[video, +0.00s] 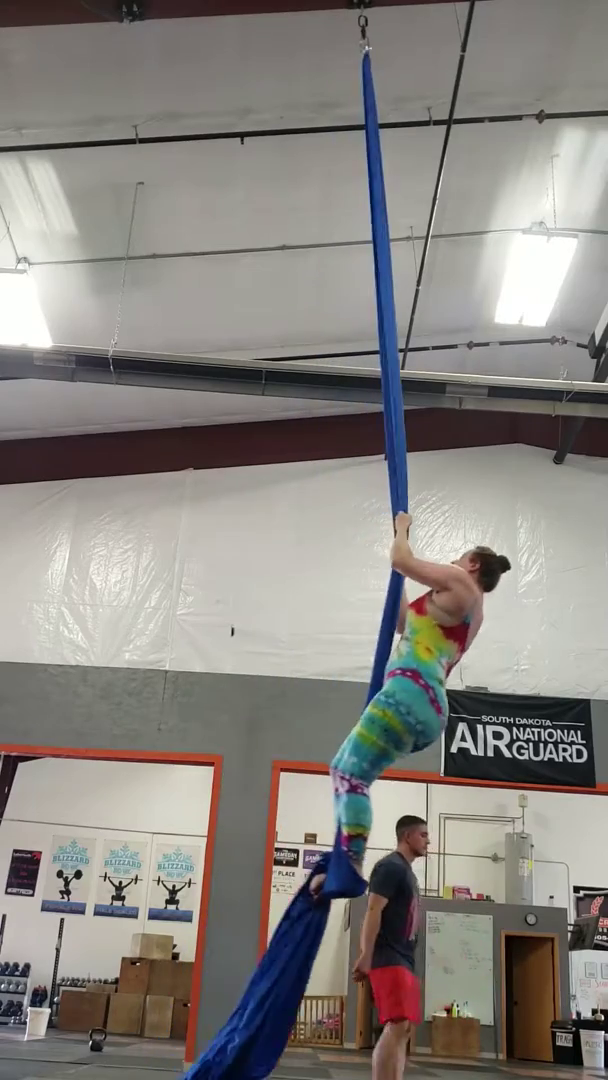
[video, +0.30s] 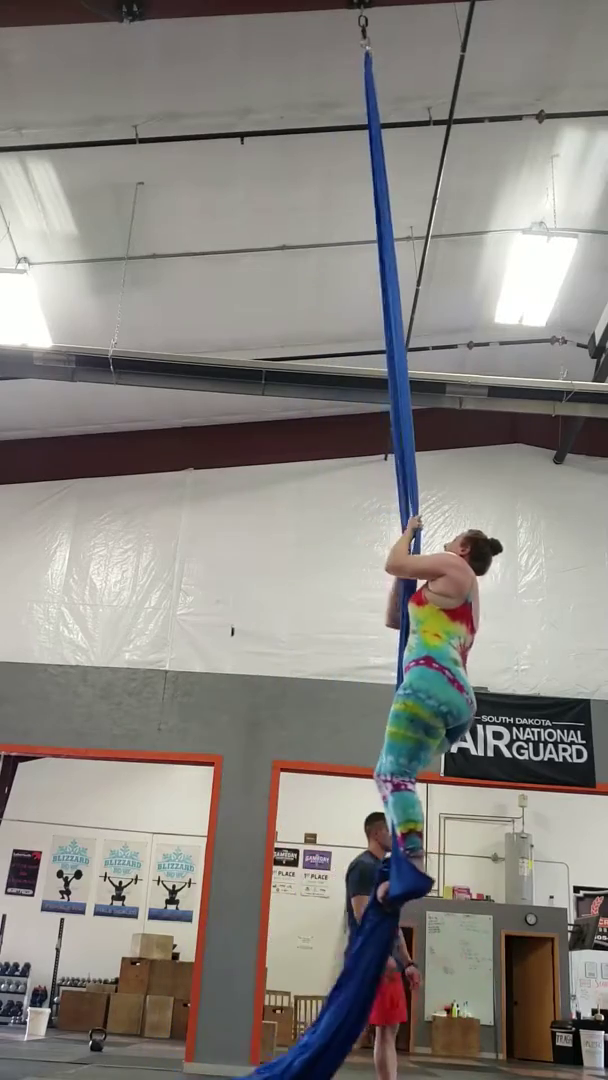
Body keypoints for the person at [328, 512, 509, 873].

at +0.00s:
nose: (456, 560)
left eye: (463, 556)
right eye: (462, 556)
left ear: (473, 563)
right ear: (482, 573)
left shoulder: (461, 582)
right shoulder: (473, 609)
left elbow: (402, 560)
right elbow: (406, 623)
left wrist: (402, 530)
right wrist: (396, 577)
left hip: (410, 692)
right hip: (431, 709)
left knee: (348, 771)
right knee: (352, 774)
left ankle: (348, 868)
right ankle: (348, 865)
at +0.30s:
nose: (450, 543)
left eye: (456, 540)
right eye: (455, 540)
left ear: (464, 546)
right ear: (477, 557)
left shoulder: (455, 565)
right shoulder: (459, 595)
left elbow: (395, 563)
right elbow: (394, 619)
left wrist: (408, 532)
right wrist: (404, 572)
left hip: (432, 679)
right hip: (458, 698)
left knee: (393, 773)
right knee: (393, 773)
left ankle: (410, 864)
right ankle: (404, 864)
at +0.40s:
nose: (447, 538)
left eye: (452, 535)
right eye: (451, 535)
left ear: (460, 543)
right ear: (472, 554)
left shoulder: (452, 564)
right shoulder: (449, 593)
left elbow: (395, 563)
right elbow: (386, 611)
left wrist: (407, 534)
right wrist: (387, 570)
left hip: (433, 678)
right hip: (462, 696)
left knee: (402, 775)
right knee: (406, 777)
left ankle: (423, 867)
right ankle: (415, 868)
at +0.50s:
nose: (446, 536)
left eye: (451, 534)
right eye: (451, 533)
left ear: (459, 542)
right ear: (470, 553)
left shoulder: (453, 565)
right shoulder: (434, 588)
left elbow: (392, 562)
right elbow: (379, 591)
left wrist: (405, 533)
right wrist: (381, 545)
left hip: (432, 678)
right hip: (460, 694)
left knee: (407, 777)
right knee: (403, 778)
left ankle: (428, 871)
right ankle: (420, 872)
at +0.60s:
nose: (446, 535)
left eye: (451, 533)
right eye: (450, 532)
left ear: (457, 542)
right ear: (468, 552)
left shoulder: (451, 565)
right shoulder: (449, 578)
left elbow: (393, 558)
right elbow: (381, 560)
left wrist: (407, 528)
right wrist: (382, 515)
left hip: (431, 678)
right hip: (452, 691)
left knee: (403, 777)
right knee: (395, 777)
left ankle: (423, 868)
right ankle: (419, 867)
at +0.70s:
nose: (447, 537)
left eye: (453, 535)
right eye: (452, 534)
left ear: (459, 543)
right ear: (470, 554)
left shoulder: (453, 568)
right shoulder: (453, 581)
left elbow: (393, 559)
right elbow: (398, 561)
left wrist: (406, 526)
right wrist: (385, 508)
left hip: (425, 681)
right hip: (443, 690)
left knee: (392, 777)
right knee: (381, 775)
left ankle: (409, 873)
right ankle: (403, 868)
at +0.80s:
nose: (444, 546)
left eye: (450, 543)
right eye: (448, 543)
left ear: (459, 550)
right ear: (466, 555)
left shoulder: (454, 573)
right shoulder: (452, 585)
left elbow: (394, 560)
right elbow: (402, 562)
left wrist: (407, 527)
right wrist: (393, 512)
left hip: (416, 687)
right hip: (431, 695)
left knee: (374, 777)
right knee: (365, 774)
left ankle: (385, 875)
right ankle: (380, 869)